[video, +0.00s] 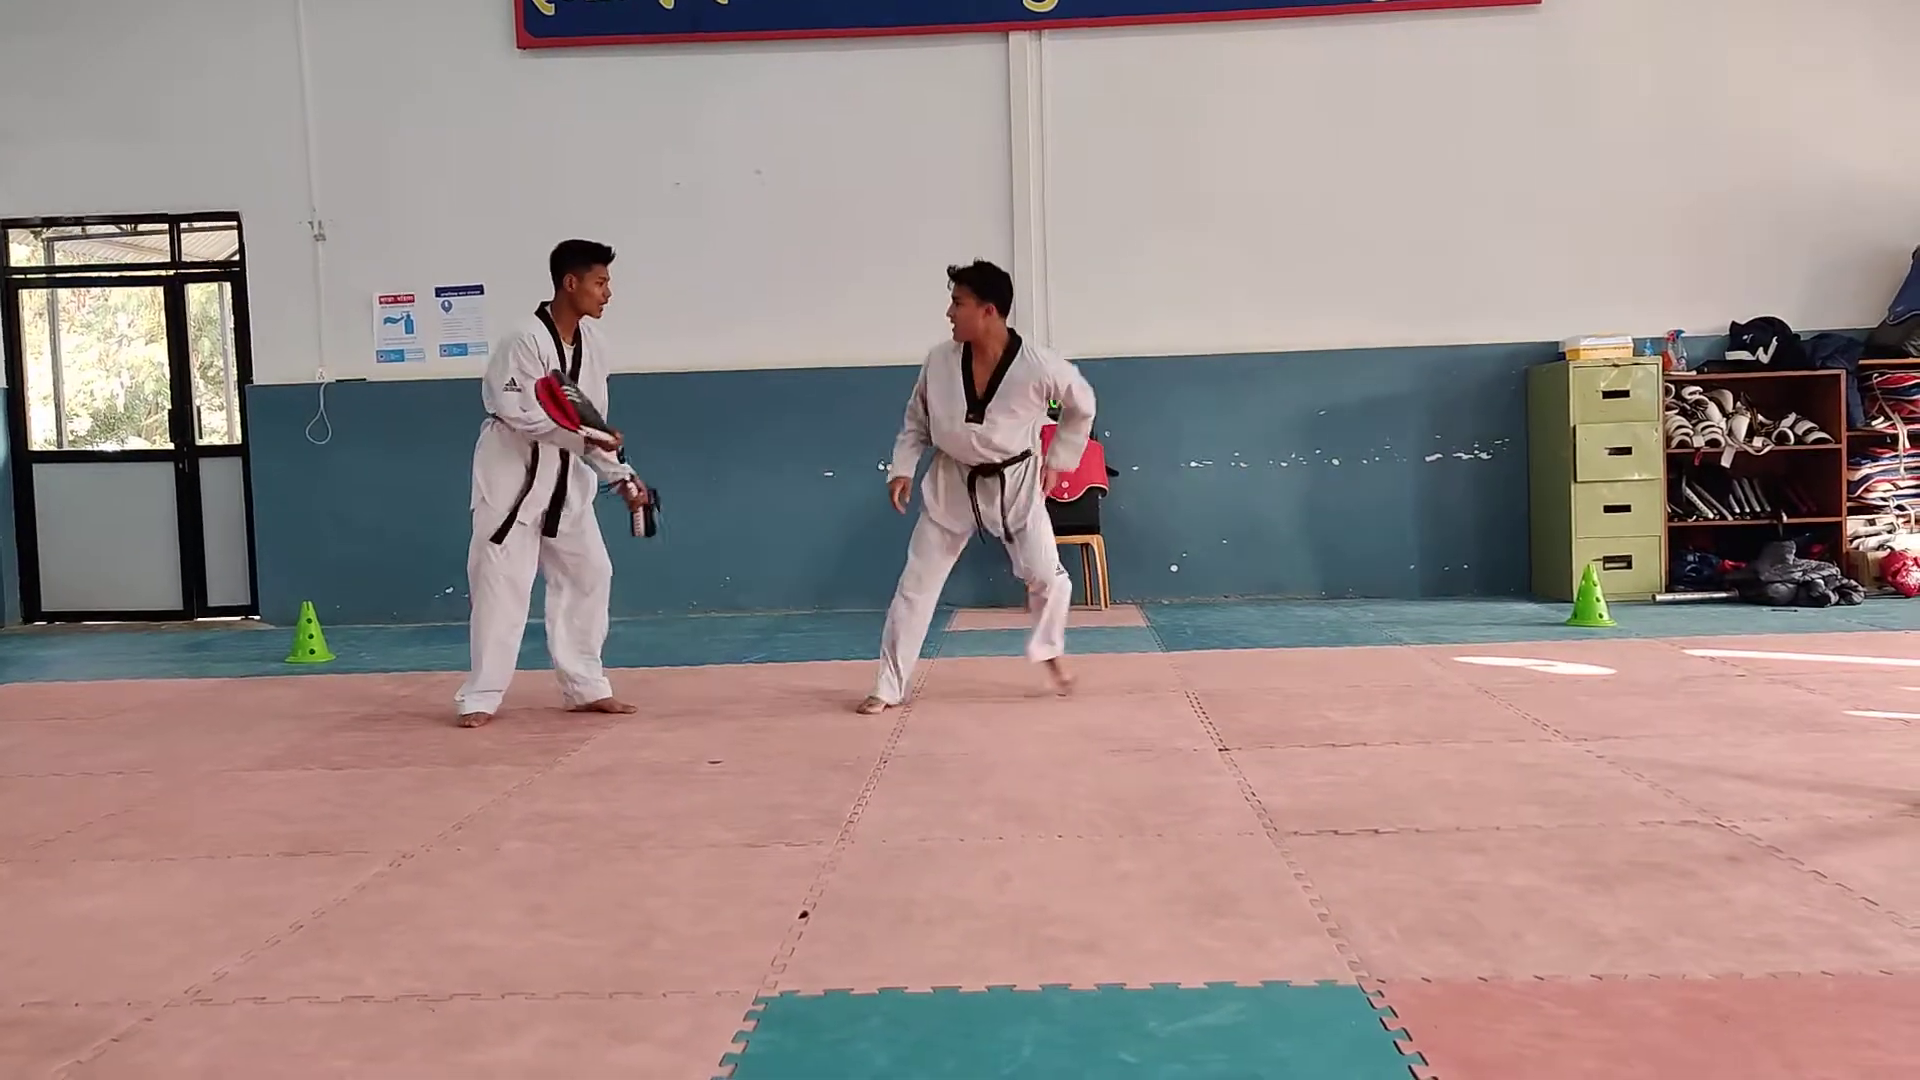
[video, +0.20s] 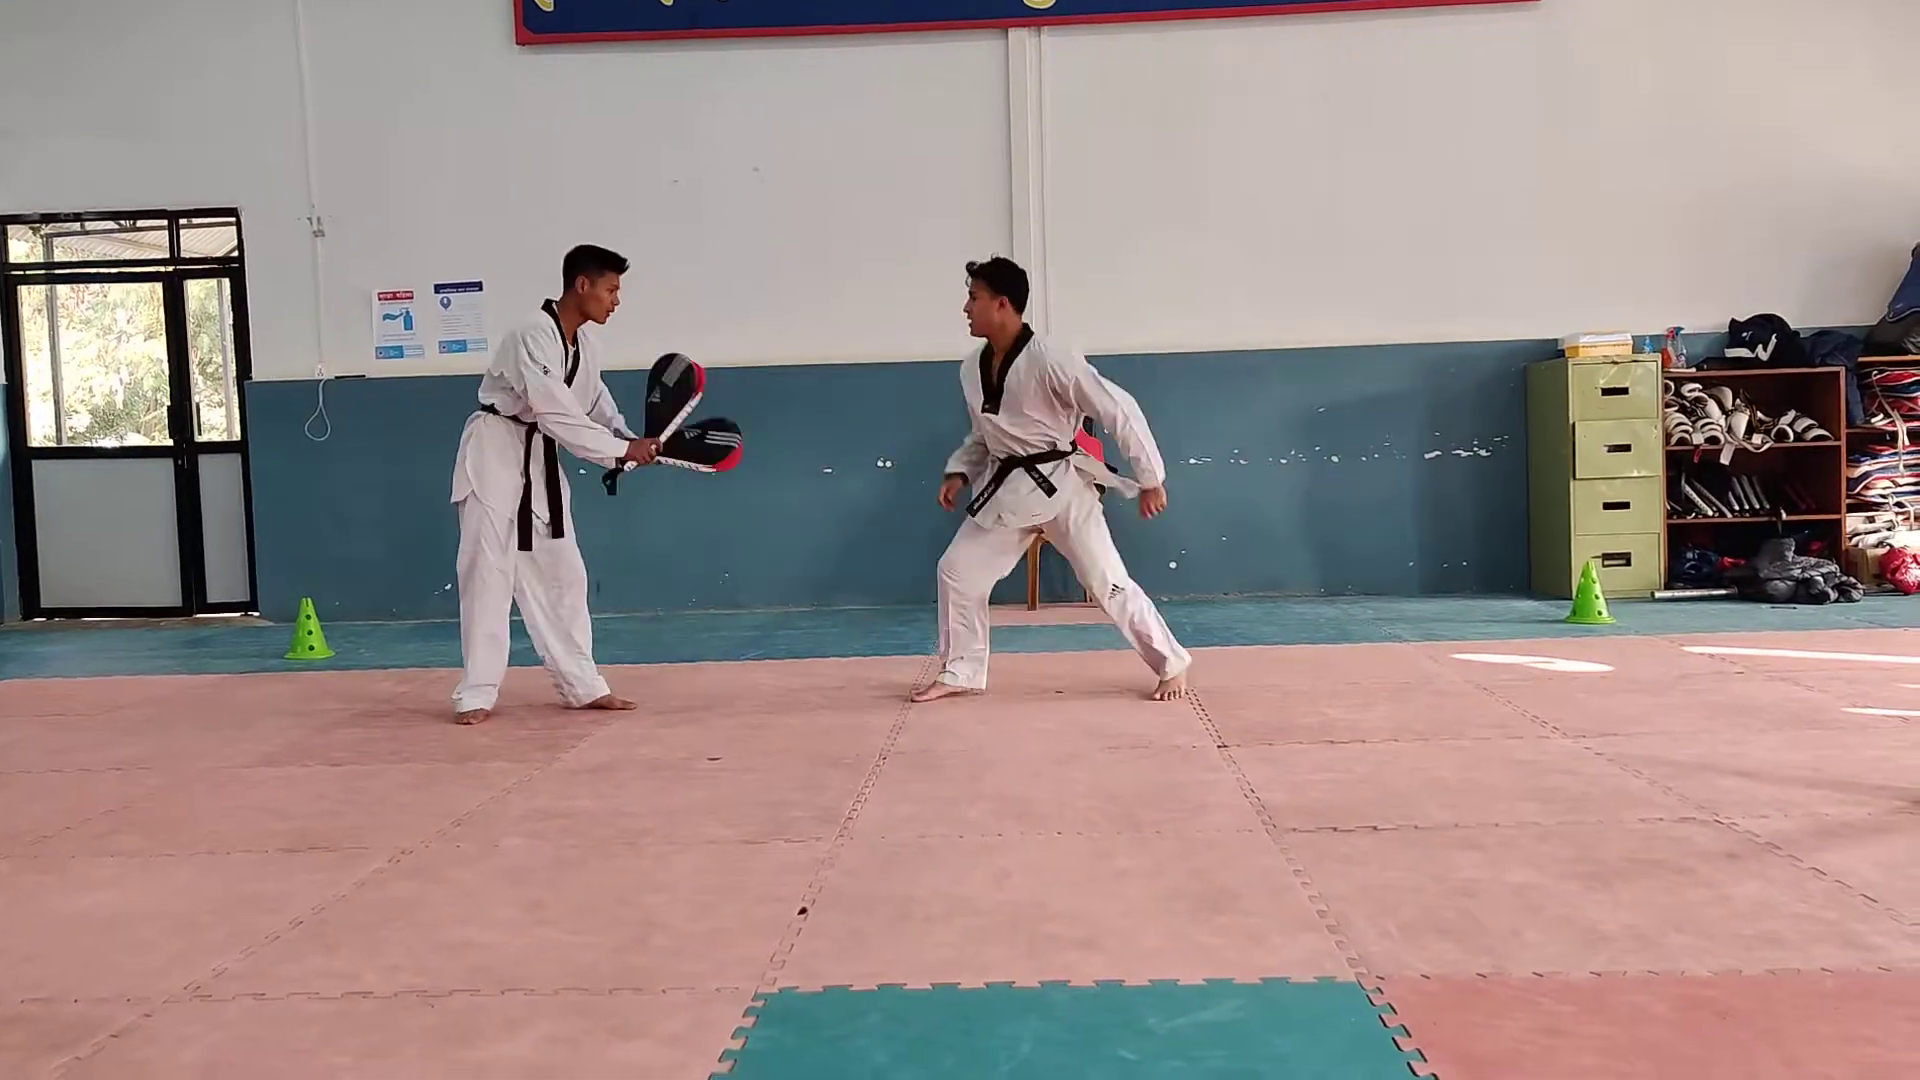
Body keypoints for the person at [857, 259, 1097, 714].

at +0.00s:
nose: (949, 311)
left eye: (957, 302)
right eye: (951, 301)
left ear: (988, 311)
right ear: (980, 311)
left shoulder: (1038, 365)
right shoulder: (940, 360)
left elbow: (1081, 405)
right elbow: (917, 418)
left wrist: (1061, 459)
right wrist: (903, 466)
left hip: (1017, 478)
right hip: (951, 477)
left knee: (1044, 575)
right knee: (914, 586)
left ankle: (1051, 651)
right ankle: (888, 687)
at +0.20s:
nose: (965, 306)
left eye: (973, 297)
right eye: (968, 297)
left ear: (1003, 306)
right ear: (996, 306)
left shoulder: (1051, 360)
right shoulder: (973, 367)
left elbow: (1117, 410)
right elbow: (984, 433)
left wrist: (1150, 477)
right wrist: (958, 470)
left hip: (1062, 483)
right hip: (1005, 489)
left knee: (1107, 583)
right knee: (957, 570)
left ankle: (1172, 663)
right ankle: (963, 672)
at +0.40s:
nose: (971, 291)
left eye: (978, 281)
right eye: (972, 281)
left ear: (1008, 286)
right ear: (1005, 287)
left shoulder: (1055, 342)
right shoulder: (982, 349)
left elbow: (1063, 421)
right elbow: (996, 424)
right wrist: (1001, 484)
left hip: (1066, 459)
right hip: (1008, 463)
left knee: (1099, 571)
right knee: (973, 566)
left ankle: (1153, 658)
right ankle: (956, 668)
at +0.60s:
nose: (966, 276)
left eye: (977, 269)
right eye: (971, 267)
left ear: (1004, 283)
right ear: (997, 281)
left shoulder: (1031, 346)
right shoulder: (961, 336)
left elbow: (1040, 428)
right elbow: (935, 390)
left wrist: (976, 448)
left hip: (1032, 468)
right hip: (980, 472)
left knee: (1070, 571)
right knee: (967, 571)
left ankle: (1142, 657)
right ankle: (981, 673)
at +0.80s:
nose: (972, 256)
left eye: (981, 248)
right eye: (974, 247)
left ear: (1012, 256)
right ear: (995, 254)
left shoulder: (1034, 312)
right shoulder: (951, 303)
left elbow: (1068, 367)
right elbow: (910, 357)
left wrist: (1018, 336)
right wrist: (872, 391)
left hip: (963, 432)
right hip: (911, 411)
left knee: (940, 556)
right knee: (830, 469)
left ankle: (941, 669)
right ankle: (904, 543)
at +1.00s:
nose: (943, 267)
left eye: (952, 258)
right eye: (947, 258)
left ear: (978, 265)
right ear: (976, 266)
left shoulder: (995, 326)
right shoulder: (950, 319)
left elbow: (941, 360)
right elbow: (931, 383)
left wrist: (885, 337)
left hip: (933, 457)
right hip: (892, 422)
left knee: (914, 572)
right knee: (798, 408)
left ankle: (919, 676)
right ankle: (716, 452)